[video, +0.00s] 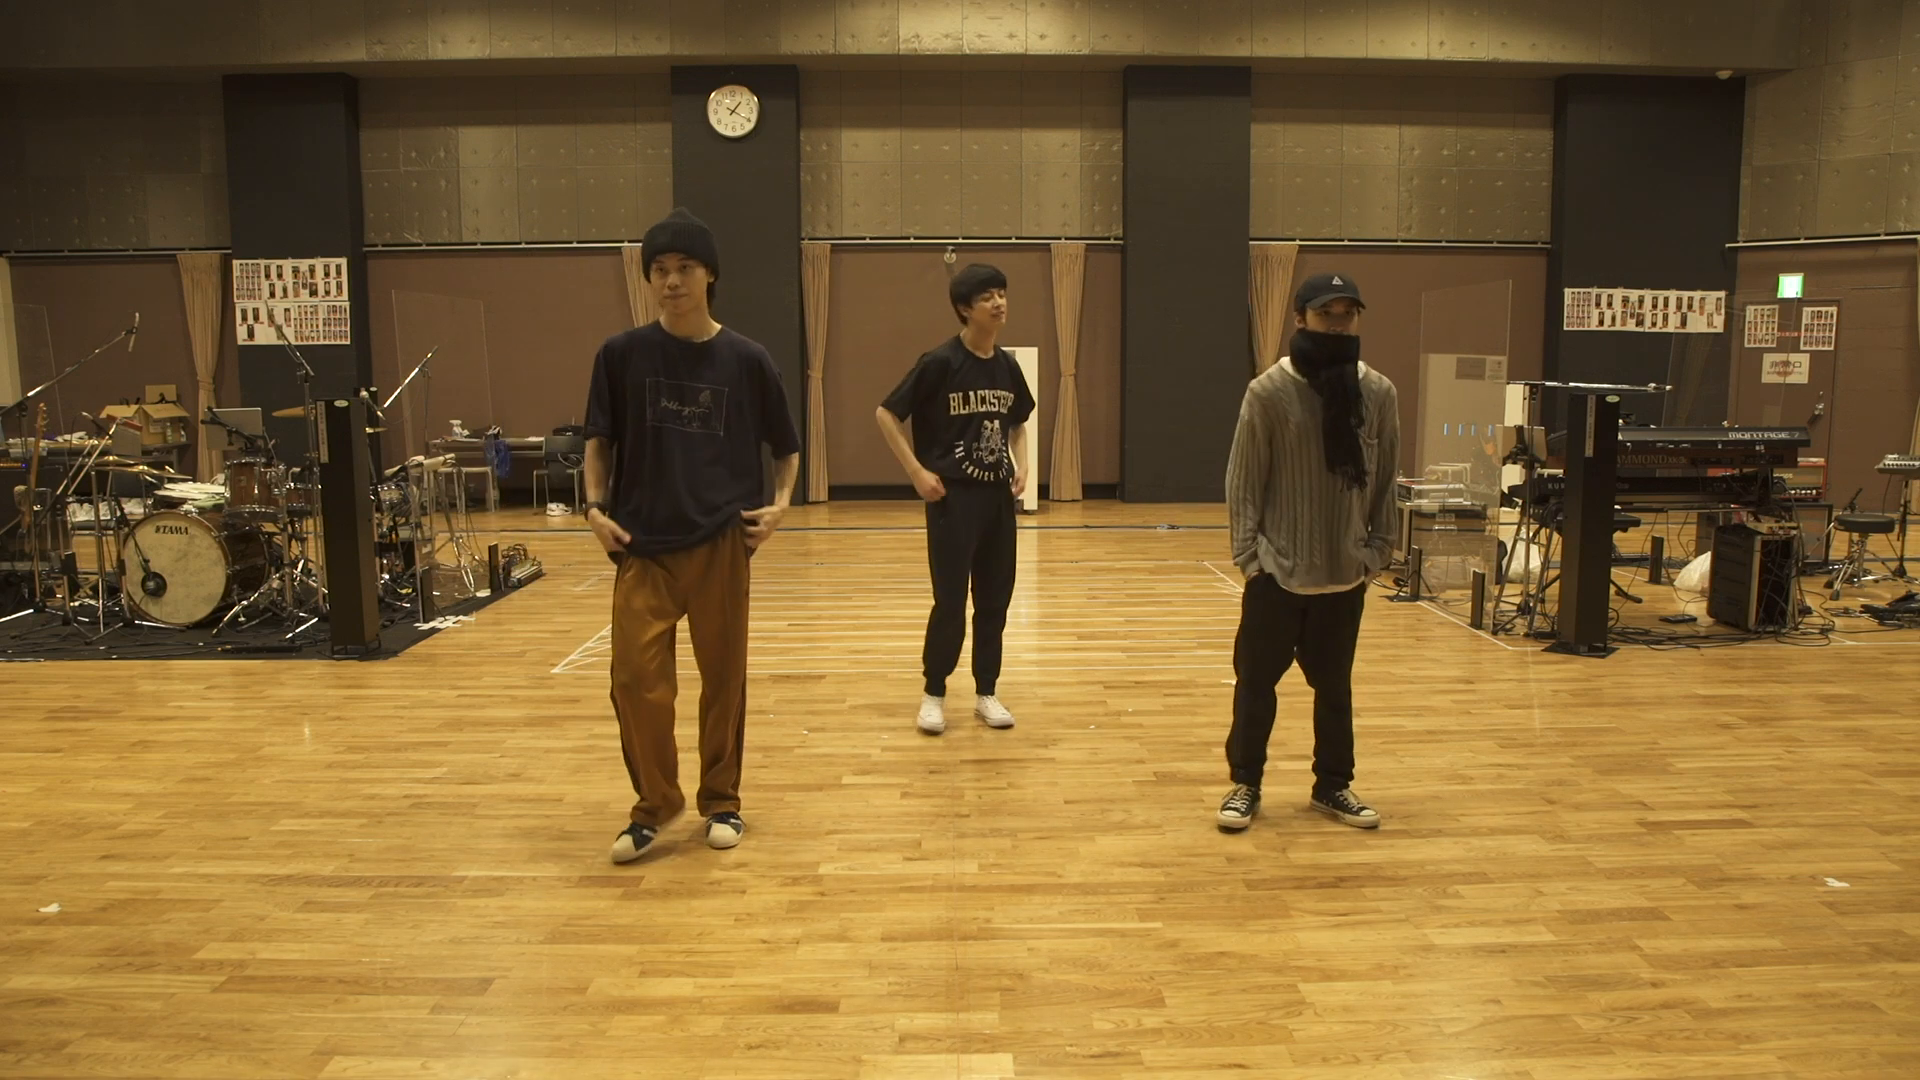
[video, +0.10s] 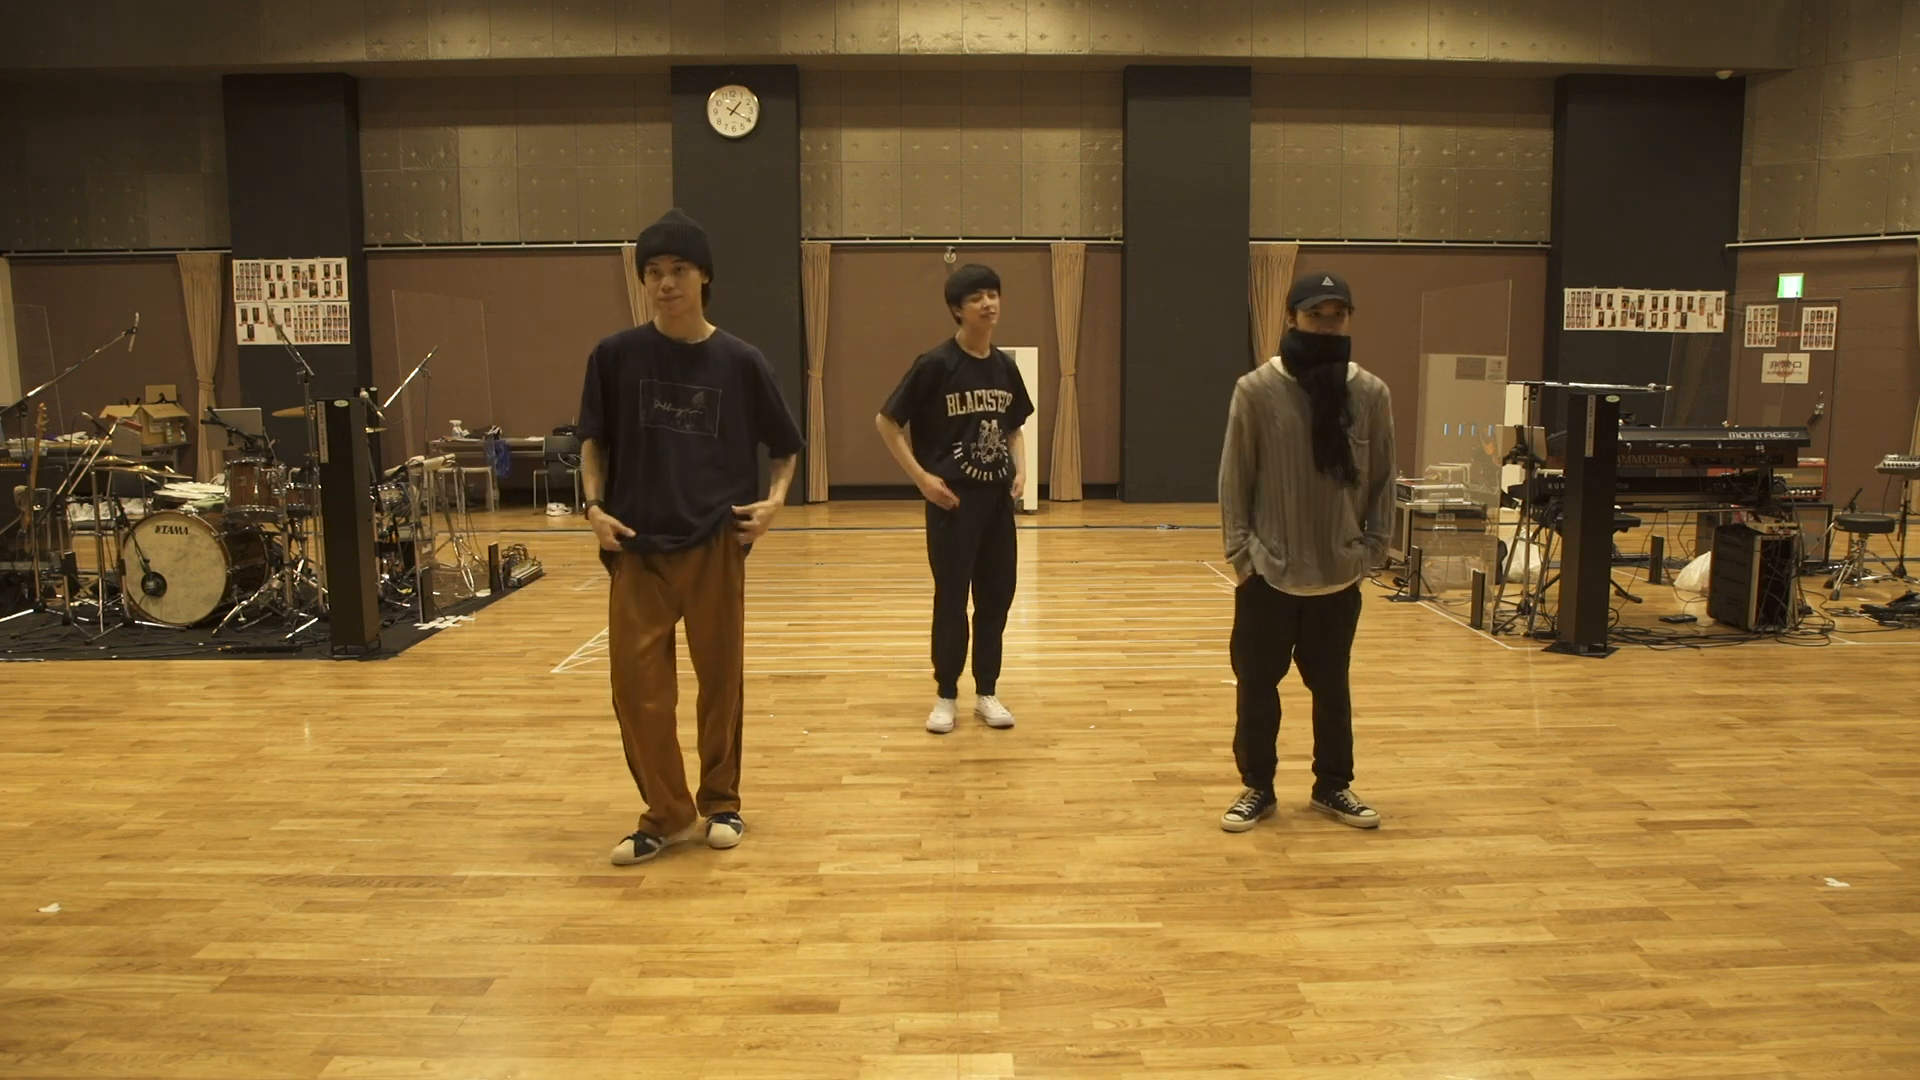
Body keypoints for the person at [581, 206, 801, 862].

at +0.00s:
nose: (671, 282)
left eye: (684, 270)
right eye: (660, 271)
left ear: (710, 276)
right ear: (648, 280)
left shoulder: (747, 361)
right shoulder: (621, 356)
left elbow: (786, 446)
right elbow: (597, 440)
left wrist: (780, 505)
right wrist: (594, 507)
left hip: (721, 546)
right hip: (640, 551)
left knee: (724, 680)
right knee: (634, 683)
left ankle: (722, 806)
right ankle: (654, 807)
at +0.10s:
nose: (666, 283)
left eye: (679, 271)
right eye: (655, 272)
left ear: (704, 277)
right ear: (642, 282)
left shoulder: (740, 362)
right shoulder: (614, 357)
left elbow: (784, 445)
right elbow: (593, 442)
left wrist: (774, 502)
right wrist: (592, 507)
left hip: (715, 549)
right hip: (635, 554)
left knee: (721, 681)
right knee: (637, 692)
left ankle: (722, 807)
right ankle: (665, 816)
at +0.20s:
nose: (657, 285)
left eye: (670, 272)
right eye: (646, 274)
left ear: (696, 278)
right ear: (633, 283)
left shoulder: (732, 363)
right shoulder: (605, 359)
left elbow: (780, 446)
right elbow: (586, 443)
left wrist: (763, 499)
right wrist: (589, 510)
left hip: (708, 553)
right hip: (629, 556)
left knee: (716, 684)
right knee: (641, 695)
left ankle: (721, 807)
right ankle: (668, 817)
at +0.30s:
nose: (635, 285)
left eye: (648, 272)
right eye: (624, 274)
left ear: (676, 277)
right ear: (613, 282)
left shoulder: (715, 361)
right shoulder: (589, 361)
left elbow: (762, 450)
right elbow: (576, 447)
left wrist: (738, 510)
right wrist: (576, 517)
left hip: (693, 567)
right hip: (616, 567)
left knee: (704, 697)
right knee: (638, 705)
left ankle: (722, 805)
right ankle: (670, 818)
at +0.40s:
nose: (620, 289)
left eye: (633, 276)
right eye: (609, 278)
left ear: (663, 280)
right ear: (598, 287)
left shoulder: (702, 362)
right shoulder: (579, 368)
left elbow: (754, 451)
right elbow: (570, 460)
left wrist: (715, 506)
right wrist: (576, 530)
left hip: (676, 551)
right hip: (607, 557)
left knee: (666, 678)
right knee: (628, 698)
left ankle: (711, 774)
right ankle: (668, 818)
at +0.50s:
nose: (591, 288)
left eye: (604, 274)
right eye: (579, 277)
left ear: (635, 278)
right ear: (569, 283)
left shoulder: (670, 353)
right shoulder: (571, 349)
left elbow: (739, 436)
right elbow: (583, 438)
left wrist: (677, 501)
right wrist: (589, 506)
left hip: (668, 533)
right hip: (609, 531)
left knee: (622, 658)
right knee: (623, 668)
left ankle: (669, 792)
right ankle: (659, 808)